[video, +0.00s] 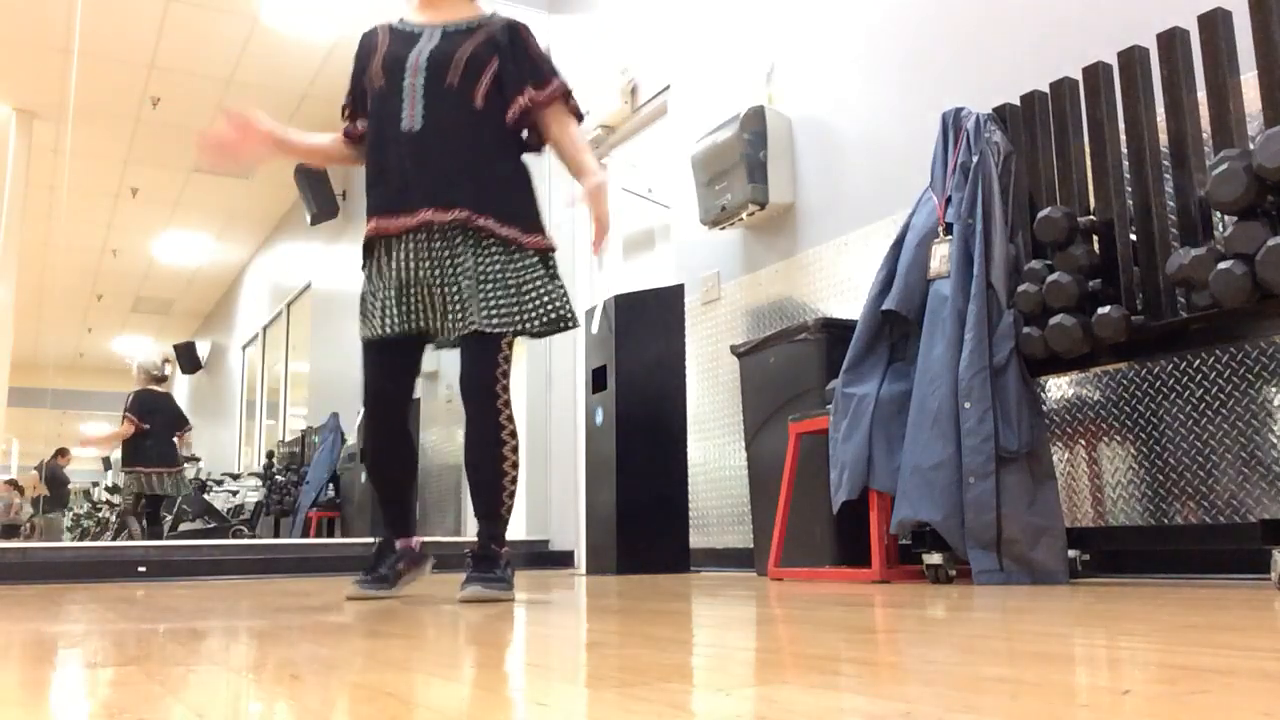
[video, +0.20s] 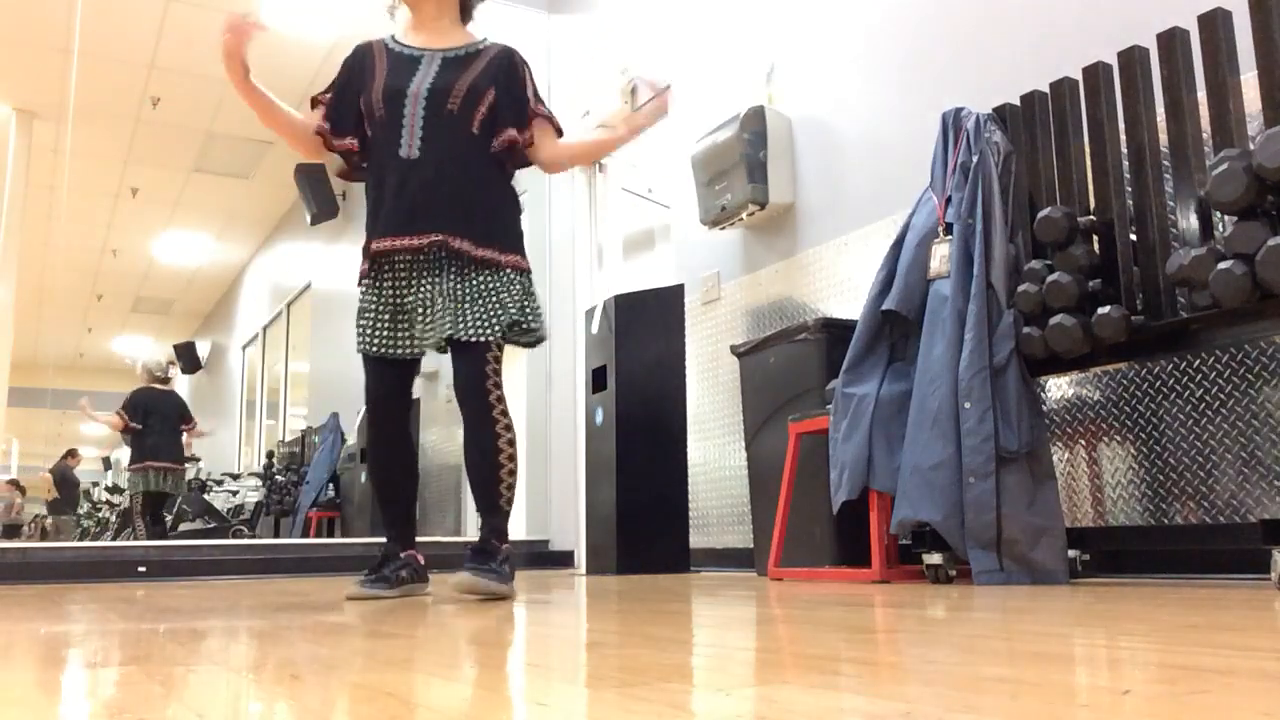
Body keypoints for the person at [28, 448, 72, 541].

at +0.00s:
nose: (68, 463)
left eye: (69, 460)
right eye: (68, 460)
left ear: (58, 457)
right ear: (60, 457)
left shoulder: (43, 465)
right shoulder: (55, 469)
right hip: (53, 511)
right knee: (54, 544)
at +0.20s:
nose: (78, 464)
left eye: (79, 461)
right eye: (77, 461)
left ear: (69, 458)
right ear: (70, 458)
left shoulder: (57, 467)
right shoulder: (65, 470)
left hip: (56, 512)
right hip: (65, 513)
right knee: (68, 543)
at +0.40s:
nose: (88, 464)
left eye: (89, 461)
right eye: (87, 461)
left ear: (80, 459)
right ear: (80, 458)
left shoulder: (79, 469)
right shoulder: (69, 469)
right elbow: (63, 487)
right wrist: (70, 504)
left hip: (79, 509)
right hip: (71, 510)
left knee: (82, 535)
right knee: (72, 538)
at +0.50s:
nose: (92, 464)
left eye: (93, 462)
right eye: (91, 461)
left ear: (85, 459)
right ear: (84, 459)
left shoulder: (82, 469)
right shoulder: (72, 469)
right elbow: (69, 489)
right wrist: (76, 506)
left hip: (82, 508)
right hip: (71, 509)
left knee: (89, 535)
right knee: (72, 537)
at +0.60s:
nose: (97, 467)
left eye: (98, 464)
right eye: (97, 464)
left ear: (90, 460)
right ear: (89, 460)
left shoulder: (91, 471)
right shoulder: (78, 471)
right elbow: (75, 491)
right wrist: (82, 508)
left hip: (88, 510)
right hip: (74, 511)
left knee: (90, 539)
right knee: (71, 540)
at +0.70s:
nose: (102, 468)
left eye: (103, 465)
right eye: (102, 464)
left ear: (96, 462)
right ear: (94, 462)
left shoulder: (98, 473)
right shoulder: (80, 472)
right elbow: (75, 492)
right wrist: (84, 509)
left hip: (91, 512)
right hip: (76, 511)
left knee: (92, 540)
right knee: (72, 539)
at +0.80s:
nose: (107, 469)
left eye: (109, 467)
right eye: (106, 466)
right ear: (98, 463)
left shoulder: (106, 476)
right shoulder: (83, 473)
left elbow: (108, 490)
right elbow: (75, 491)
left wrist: (107, 501)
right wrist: (84, 509)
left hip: (95, 512)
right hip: (78, 512)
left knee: (95, 540)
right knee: (76, 540)